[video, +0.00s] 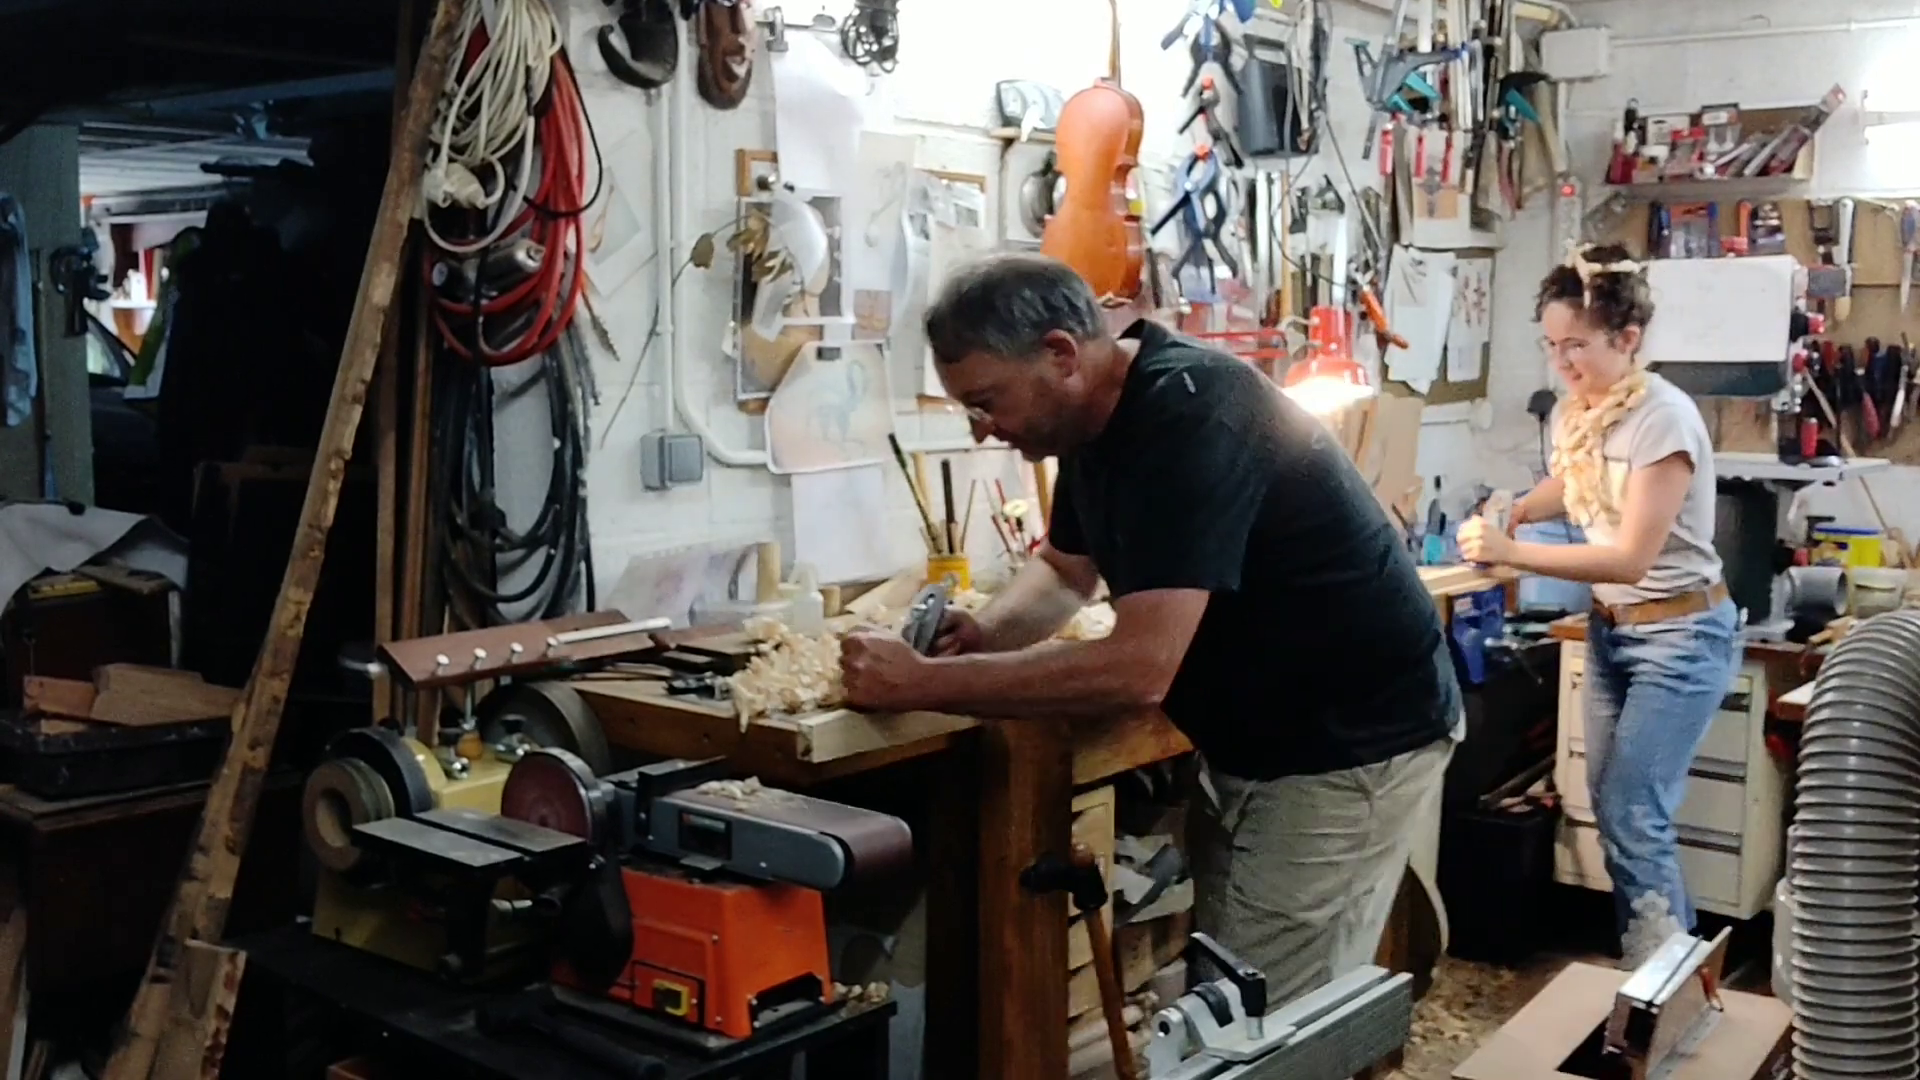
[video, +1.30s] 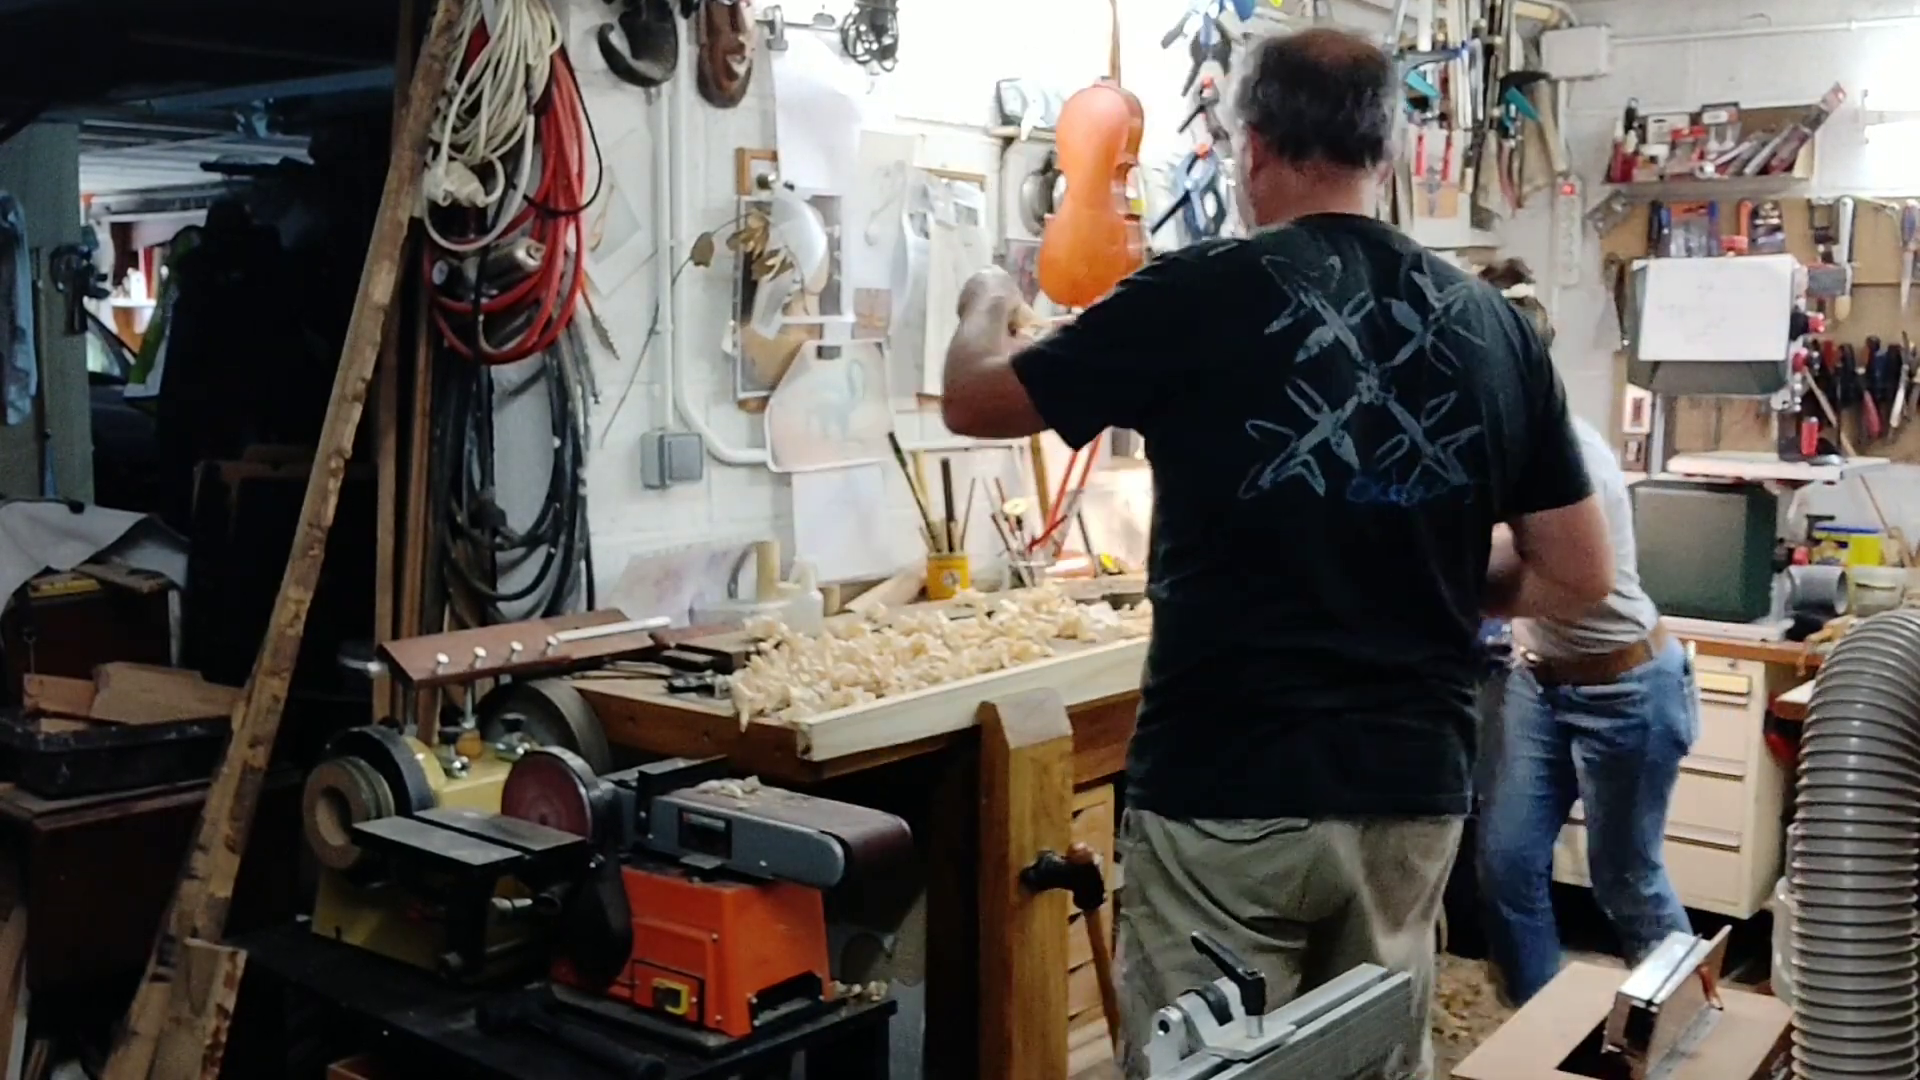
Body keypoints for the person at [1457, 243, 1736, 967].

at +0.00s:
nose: (1562, 362)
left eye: (1576, 344)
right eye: (1553, 347)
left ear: (1629, 337)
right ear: (1546, 343)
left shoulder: (1665, 419)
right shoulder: (1576, 412)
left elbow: (1628, 560)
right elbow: (1573, 486)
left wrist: (1513, 552)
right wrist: (1511, 512)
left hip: (1681, 638)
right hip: (1610, 634)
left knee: (1631, 810)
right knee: (1614, 807)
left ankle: (1662, 990)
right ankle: (1665, 973)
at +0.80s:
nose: (1499, 406)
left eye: (1514, 391)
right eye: (1490, 390)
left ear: (1569, 381)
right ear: (1482, 374)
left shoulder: (1618, 454)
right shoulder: (1522, 443)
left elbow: (1545, 588)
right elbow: (1457, 512)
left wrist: (1414, 569)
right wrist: (1397, 531)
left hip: (1672, 673)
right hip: (1600, 673)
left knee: (1603, 858)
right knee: (1628, 841)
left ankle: (1658, 1006)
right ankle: (1690, 983)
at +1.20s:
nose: (1497, 396)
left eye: (1509, 382)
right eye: (1492, 381)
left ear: (1548, 379)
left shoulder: (1596, 453)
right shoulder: (1508, 453)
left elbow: (1536, 563)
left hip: (1646, 693)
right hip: (1559, 687)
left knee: (1612, 883)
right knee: (1533, 869)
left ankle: (1679, 1015)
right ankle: (1607, 1002)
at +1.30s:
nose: (1475, 383)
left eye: (1489, 362)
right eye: (1472, 365)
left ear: (1523, 363)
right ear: (1476, 377)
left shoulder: (1574, 450)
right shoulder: (1493, 455)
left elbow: (1588, 585)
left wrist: (1482, 580)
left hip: (1628, 686)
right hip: (1536, 681)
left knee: (1626, 881)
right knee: (1507, 859)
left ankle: (1687, 1015)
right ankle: (1540, 1024)